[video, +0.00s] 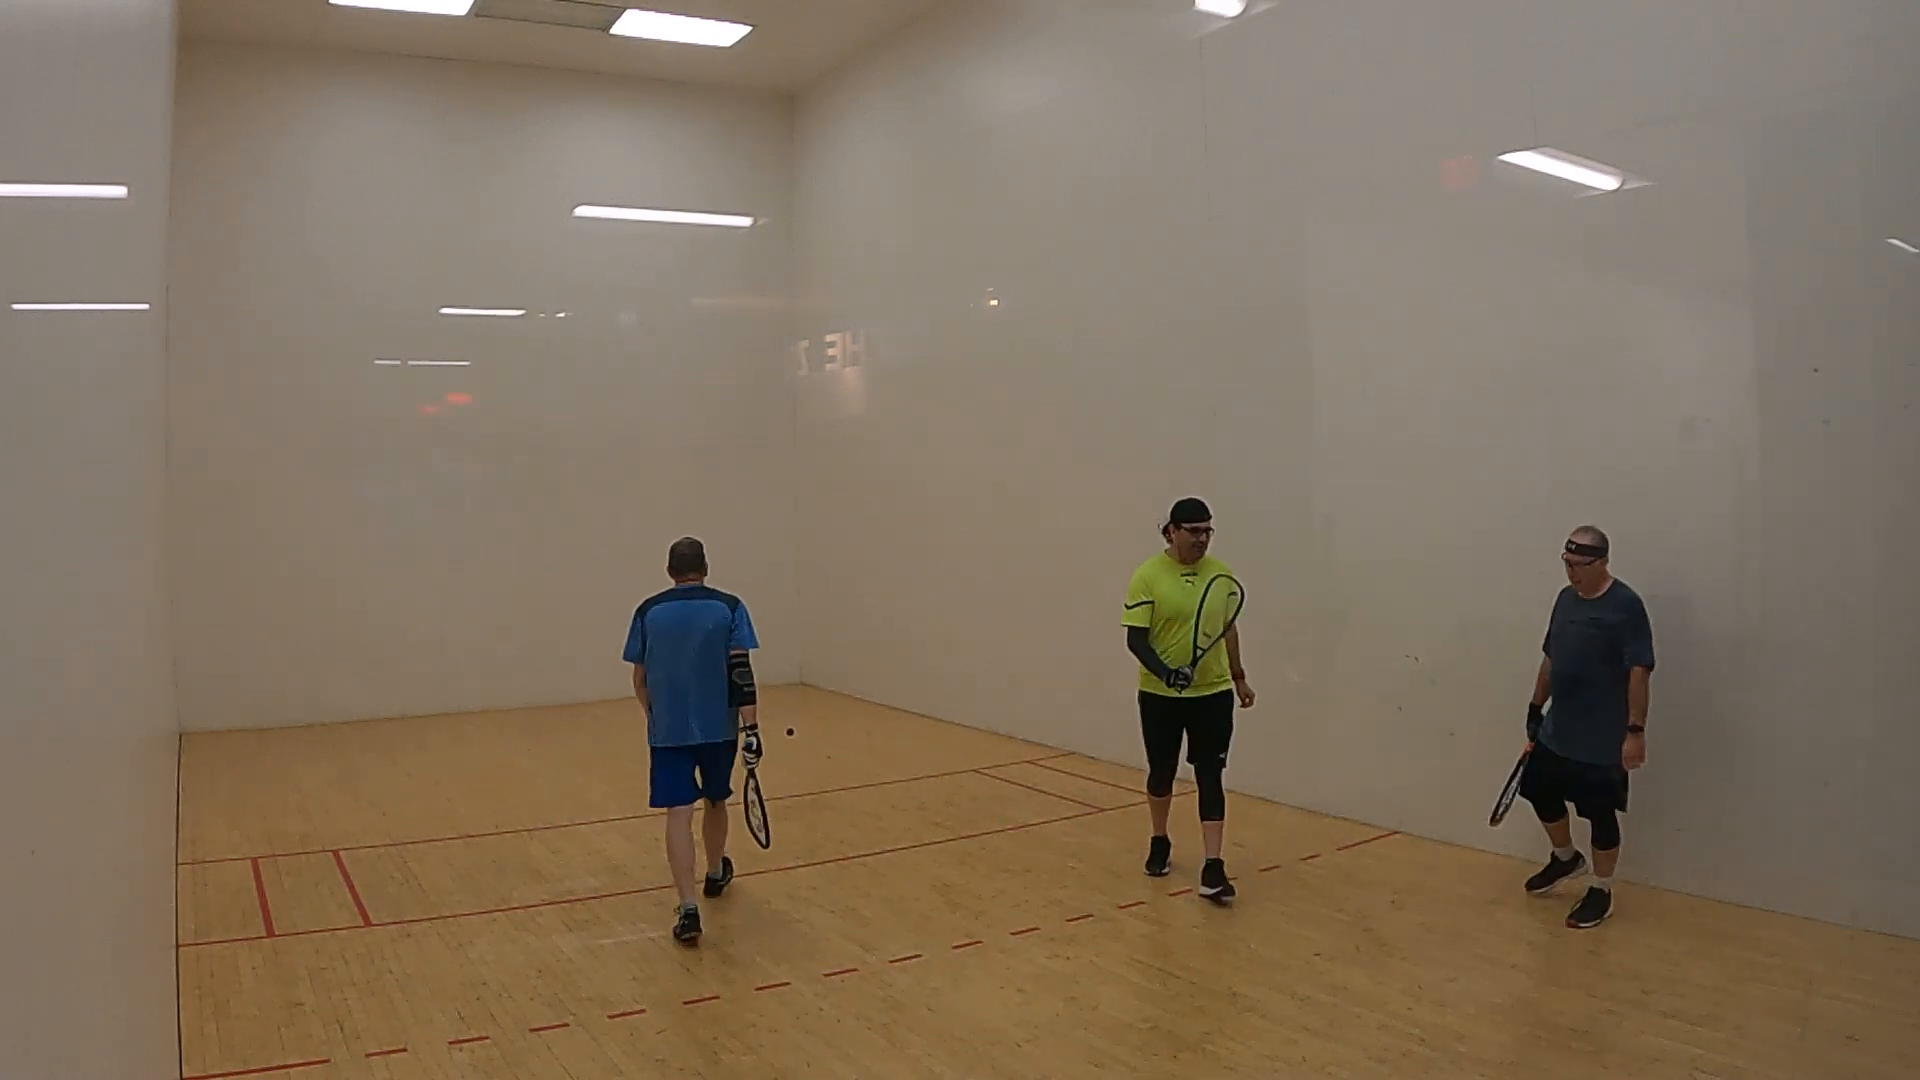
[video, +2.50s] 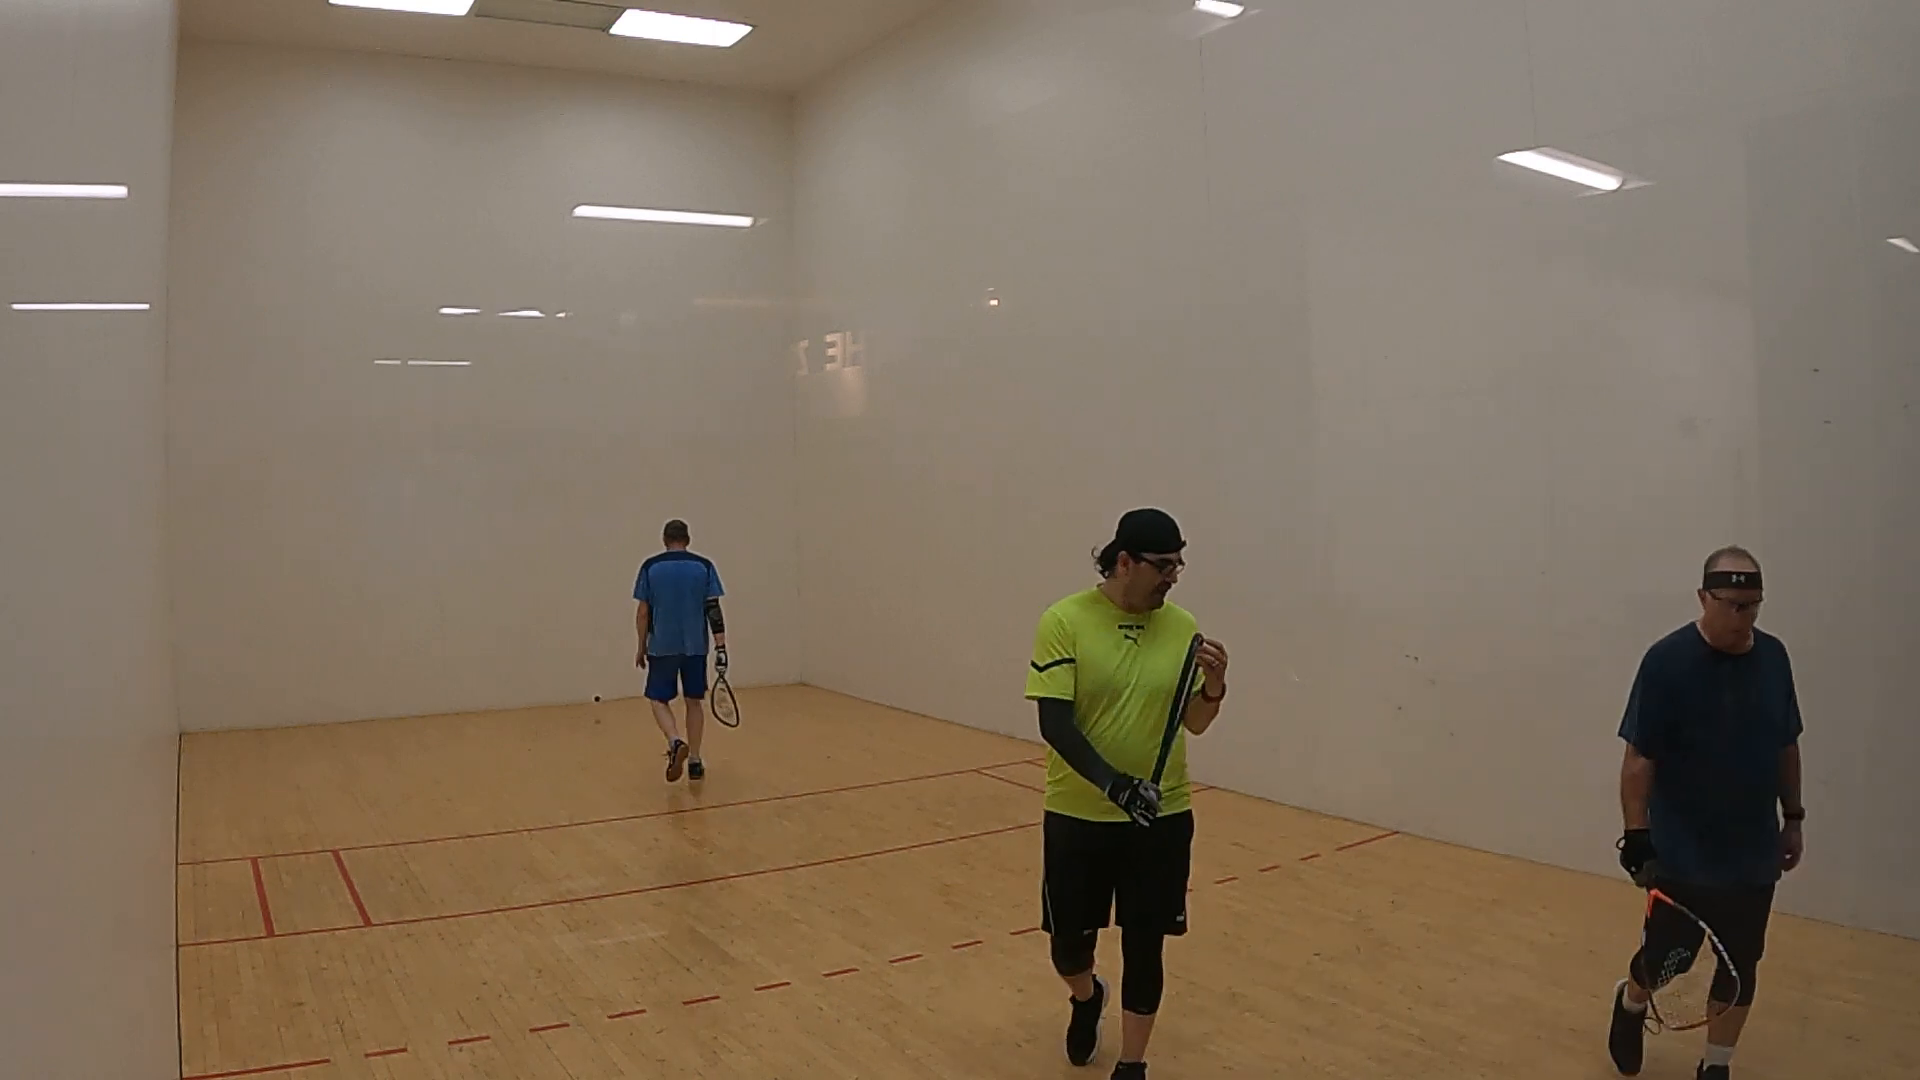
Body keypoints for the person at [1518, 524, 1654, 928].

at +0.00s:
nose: (1569, 567)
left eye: (1577, 562)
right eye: (1566, 560)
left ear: (1601, 562)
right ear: (1566, 560)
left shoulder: (1627, 606)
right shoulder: (1566, 600)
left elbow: (1640, 671)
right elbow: (1551, 659)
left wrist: (1635, 731)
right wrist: (1534, 710)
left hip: (1603, 734)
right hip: (1560, 726)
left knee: (1600, 812)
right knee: (1539, 788)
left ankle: (1600, 891)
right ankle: (1565, 856)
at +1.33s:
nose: (1626, 592)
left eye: (1634, 584)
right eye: (1616, 583)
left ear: (1644, 582)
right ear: (1598, 579)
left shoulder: (1661, 631)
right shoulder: (1564, 627)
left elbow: (1679, 704)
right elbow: (1539, 698)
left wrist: (1689, 769)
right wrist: (1527, 760)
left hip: (1635, 784)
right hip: (1574, 777)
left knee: (1620, 881)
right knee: (1559, 872)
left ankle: (1598, 967)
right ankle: (1555, 918)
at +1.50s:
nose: (1636, 586)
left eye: (1645, 578)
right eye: (1627, 577)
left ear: (1656, 581)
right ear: (1608, 578)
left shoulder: (1674, 632)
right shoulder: (1574, 630)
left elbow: (1702, 698)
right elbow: (1547, 701)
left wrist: (1720, 757)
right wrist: (1533, 766)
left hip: (1649, 786)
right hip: (1588, 782)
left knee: (1626, 881)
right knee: (1583, 881)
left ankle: (1600, 969)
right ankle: (1575, 970)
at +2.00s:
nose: (1674, 606)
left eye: (1682, 596)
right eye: (1662, 596)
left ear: (1691, 594)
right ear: (1639, 591)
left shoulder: (1703, 642)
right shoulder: (1601, 645)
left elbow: (1716, 722)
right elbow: (1570, 725)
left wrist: (1719, 785)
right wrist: (1561, 797)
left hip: (1685, 811)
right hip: (1617, 813)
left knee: (1697, 909)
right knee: (1616, 921)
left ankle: (1659, 974)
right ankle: (1615, 1015)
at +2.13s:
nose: (1691, 605)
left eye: (1699, 595)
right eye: (1679, 595)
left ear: (1707, 594)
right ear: (1653, 593)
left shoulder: (1715, 643)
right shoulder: (1614, 650)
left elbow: (1713, 724)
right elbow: (1581, 735)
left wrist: (1707, 793)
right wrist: (1576, 810)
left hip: (1697, 819)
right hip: (1626, 821)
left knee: (1711, 930)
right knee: (1618, 930)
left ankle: (1695, 1031)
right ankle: (1616, 1018)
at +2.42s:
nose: (1737, 618)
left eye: (1745, 607)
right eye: (1725, 607)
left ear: (1753, 604)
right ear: (1696, 601)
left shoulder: (1759, 657)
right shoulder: (1658, 661)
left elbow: (1759, 744)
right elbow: (1627, 760)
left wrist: (1751, 822)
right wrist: (1627, 838)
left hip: (1740, 844)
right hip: (1667, 843)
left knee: (1736, 964)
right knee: (1644, 951)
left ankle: (1715, 1069)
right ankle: (1619, 1010)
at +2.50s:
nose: (1747, 615)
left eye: (1754, 604)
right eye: (1736, 604)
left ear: (1761, 602)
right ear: (1704, 600)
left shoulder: (1772, 656)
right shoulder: (1666, 660)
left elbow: (1785, 744)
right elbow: (1638, 757)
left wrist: (1792, 818)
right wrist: (1637, 837)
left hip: (1752, 839)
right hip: (1681, 839)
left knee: (1739, 962)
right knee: (1669, 953)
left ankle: (1715, 1069)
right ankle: (1630, 1005)